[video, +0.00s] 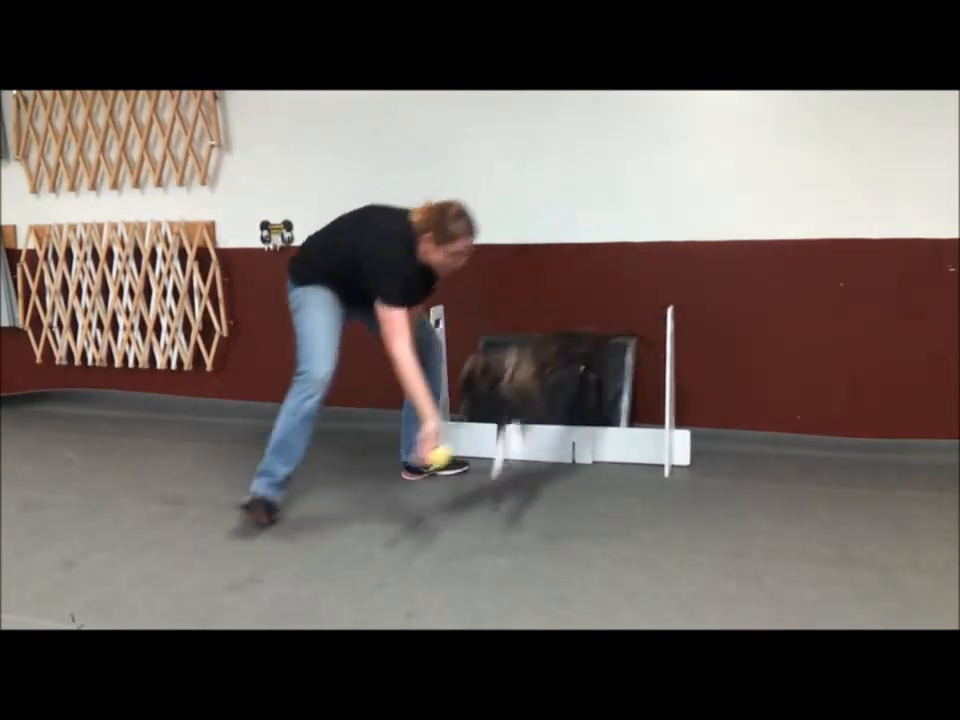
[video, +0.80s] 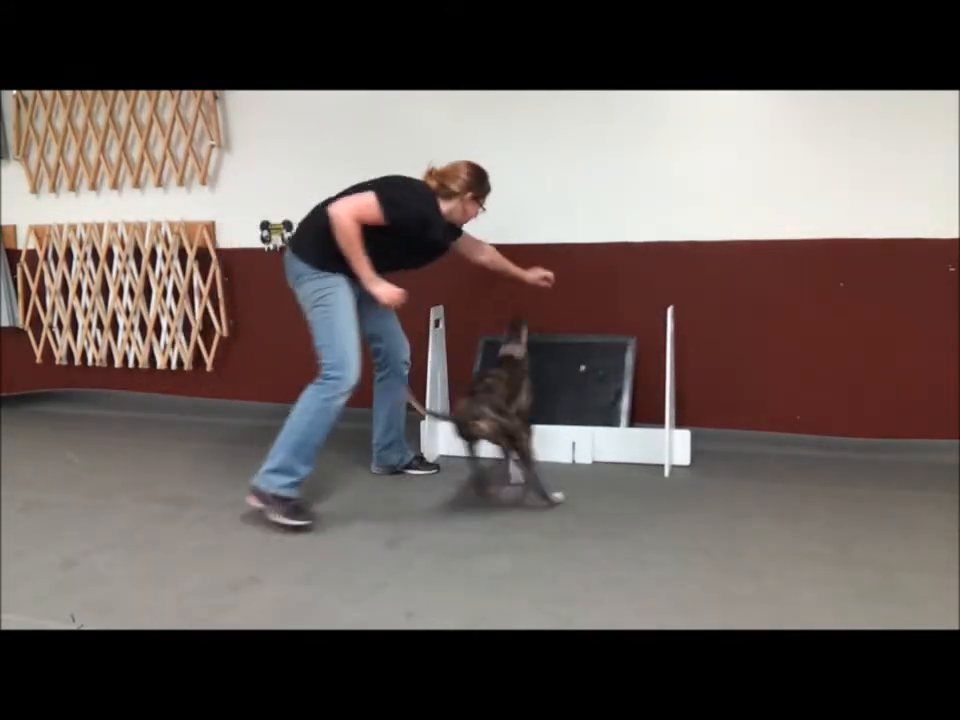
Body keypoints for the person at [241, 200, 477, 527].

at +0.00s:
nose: (460, 264)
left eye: (464, 256)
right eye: (456, 255)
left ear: (431, 244)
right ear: (428, 245)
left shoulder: (430, 254)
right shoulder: (391, 254)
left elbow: (409, 310)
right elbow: (398, 347)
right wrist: (429, 417)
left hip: (369, 286)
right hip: (319, 277)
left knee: (427, 345)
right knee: (317, 373)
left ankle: (418, 455)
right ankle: (266, 491)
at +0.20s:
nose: (350, 297)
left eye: (359, 287)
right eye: (340, 287)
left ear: (373, 281)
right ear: (320, 277)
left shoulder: (386, 271)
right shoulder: (296, 277)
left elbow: (371, 309)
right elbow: (293, 352)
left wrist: (355, 346)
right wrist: (295, 418)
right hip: (278, 293)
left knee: (413, 359)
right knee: (253, 384)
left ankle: (418, 466)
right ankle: (250, 508)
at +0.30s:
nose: (297, 283)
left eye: (306, 275)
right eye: (286, 274)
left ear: (323, 265)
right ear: (269, 266)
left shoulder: (353, 261)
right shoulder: (255, 270)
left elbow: (349, 302)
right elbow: (231, 350)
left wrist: (332, 343)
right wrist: (211, 414)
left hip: (340, 298)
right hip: (269, 309)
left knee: (386, 361)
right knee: (244, 393)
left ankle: (412, 457)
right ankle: (248, 506)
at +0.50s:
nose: (402, 189)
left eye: (404, 180)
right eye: (398, 179)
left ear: (376, 177)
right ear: (373, 174)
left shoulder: (377, 211)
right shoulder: (295, 183)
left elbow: (422, 260)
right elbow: (214, 206)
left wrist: (478, 312)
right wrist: (249, 278)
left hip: (313, 285)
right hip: (258, 282)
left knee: (365, 361)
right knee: (261, 394)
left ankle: (397, 454)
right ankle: (214, 521)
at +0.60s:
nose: (440, 200)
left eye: (443, 193)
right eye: (438, 191)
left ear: (426, 187)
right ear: (417, 181)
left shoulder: (413, 223)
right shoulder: (348, 188)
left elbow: (458, 263)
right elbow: (266, 203)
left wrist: (515, 305)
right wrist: (294, 276)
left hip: (337, 289)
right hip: (281, 282)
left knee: (381, 363)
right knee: (281, 388)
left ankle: (390, 461)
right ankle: (222, 515)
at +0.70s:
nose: (469, 210)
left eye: (470, 203)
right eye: (467, 202)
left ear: (449, 195)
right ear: (447, 194)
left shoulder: (438, 231)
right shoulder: (391, 193)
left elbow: (479, 259)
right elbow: (311, 207)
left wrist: (533, 290)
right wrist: (337, 279)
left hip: (351, 283)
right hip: (302, 272)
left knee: (392, 360)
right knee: (310, 381)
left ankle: (389, 457)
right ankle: (243, 501)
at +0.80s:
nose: (478, 212)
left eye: (480, 207)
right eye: (478, 204)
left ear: (460, 197)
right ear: (464, 197)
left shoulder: (446, 229)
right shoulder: (412, 198)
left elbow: (481, 253)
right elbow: (341, 213)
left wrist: (523, 275)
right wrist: (372, 280)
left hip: (354, 272)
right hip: (317, 266)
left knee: (395, 354)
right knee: (340, 374)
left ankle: (392, 455)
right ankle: (273, 488)